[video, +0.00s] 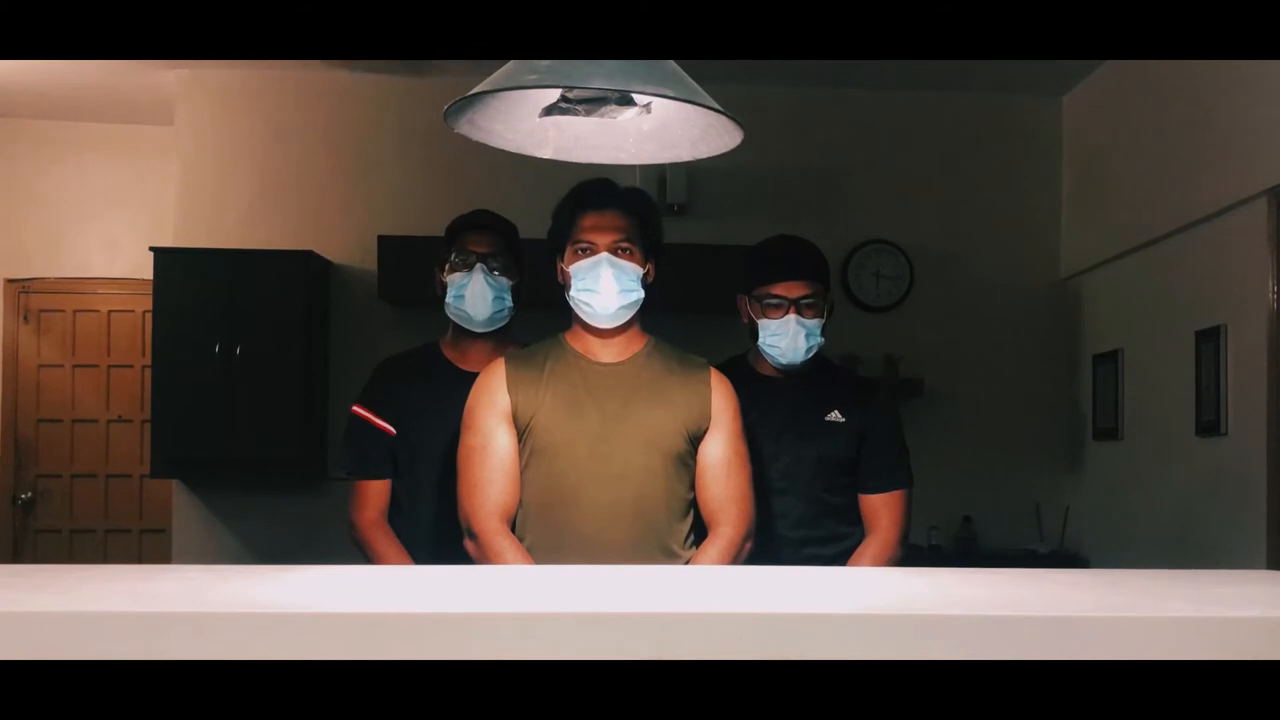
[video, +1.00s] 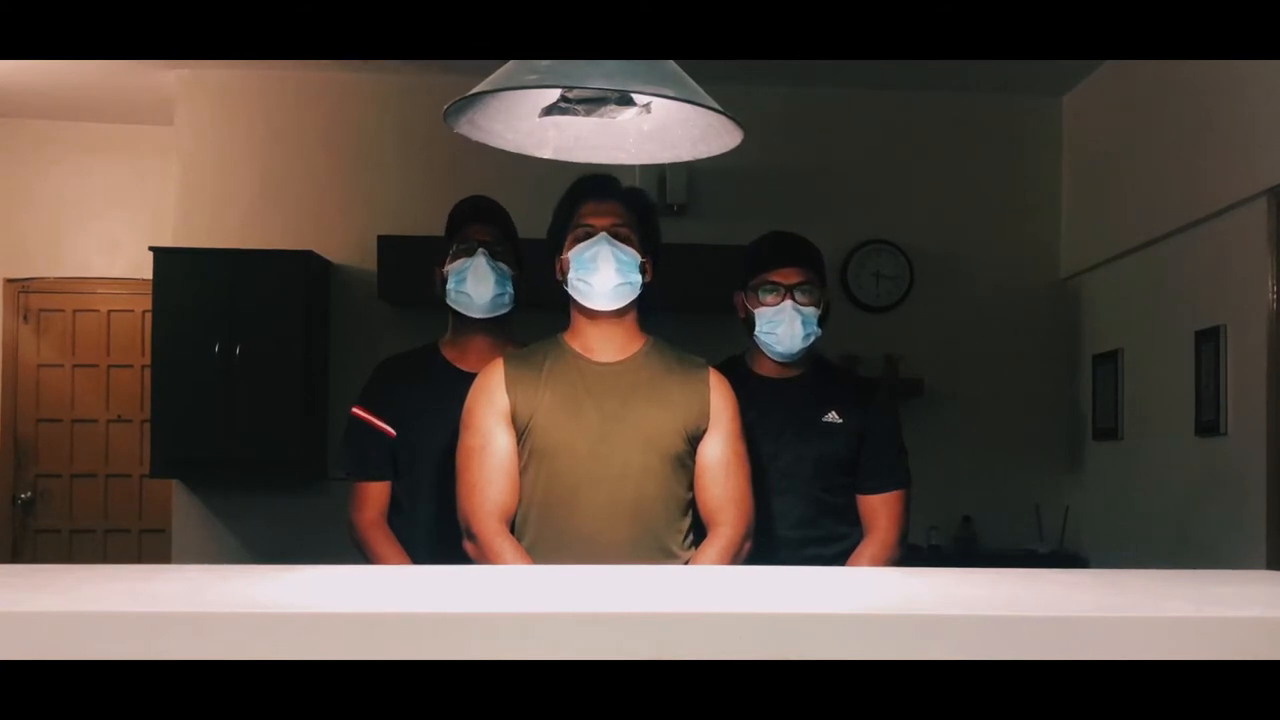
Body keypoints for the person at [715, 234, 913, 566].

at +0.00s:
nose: (792, 319)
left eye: (808, 305)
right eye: (774, 304)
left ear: (826, 309)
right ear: (747, 309)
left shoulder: (862, 401)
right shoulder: (710, 393)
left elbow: (885, 536)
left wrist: (831, 611)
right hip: (736, 596)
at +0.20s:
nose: (792, 319)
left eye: (807, 304)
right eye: (774, 303)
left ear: (825, 309)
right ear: (747, 308)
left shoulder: (862, 400)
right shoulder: (710, 393)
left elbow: (885, 536)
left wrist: (830, 611)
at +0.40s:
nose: (791, 316)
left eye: (807, 302)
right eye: (773, 301)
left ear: (824, 308)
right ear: (746, 307)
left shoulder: (862, 400)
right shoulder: (709, 393)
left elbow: (884, 536)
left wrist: (831, 611)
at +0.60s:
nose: (790, 314)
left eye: (806, 299)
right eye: (772, 299)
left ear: (824, 306)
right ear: (745, 306)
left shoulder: (862, 400)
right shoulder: (709, 393)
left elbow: (884, 536)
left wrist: (831, 611)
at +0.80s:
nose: (789, 311)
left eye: (805, 296)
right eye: (771, 296)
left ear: (823, 305)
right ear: (744, 305)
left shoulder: (861, 400)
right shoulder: (708, 393)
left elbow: (883, 537)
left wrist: (830, 611)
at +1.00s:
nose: (788, 308)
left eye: (804, 293)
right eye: (770, 293)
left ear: (822, 304)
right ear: (743, 304)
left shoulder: (861, 400)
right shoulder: (708, 394)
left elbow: (883, 537)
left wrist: (830, 611)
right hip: (734, 596)